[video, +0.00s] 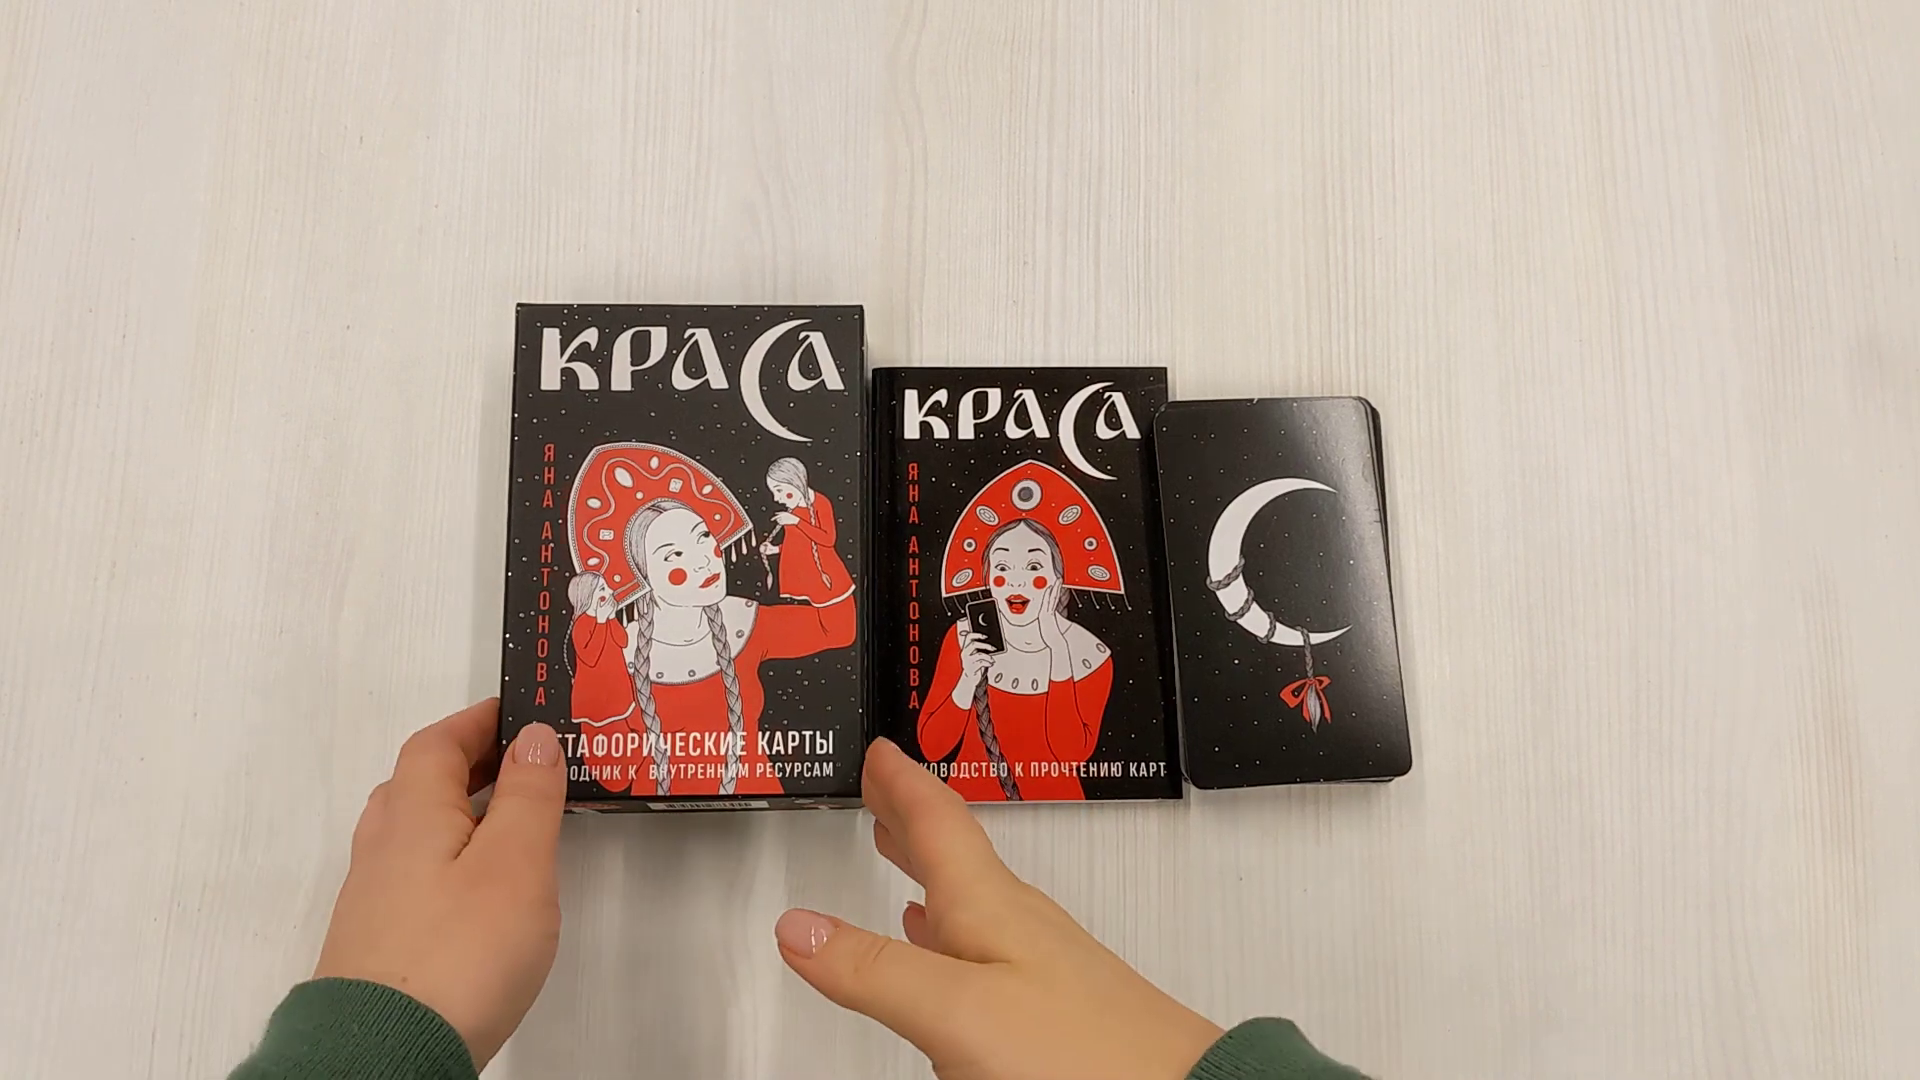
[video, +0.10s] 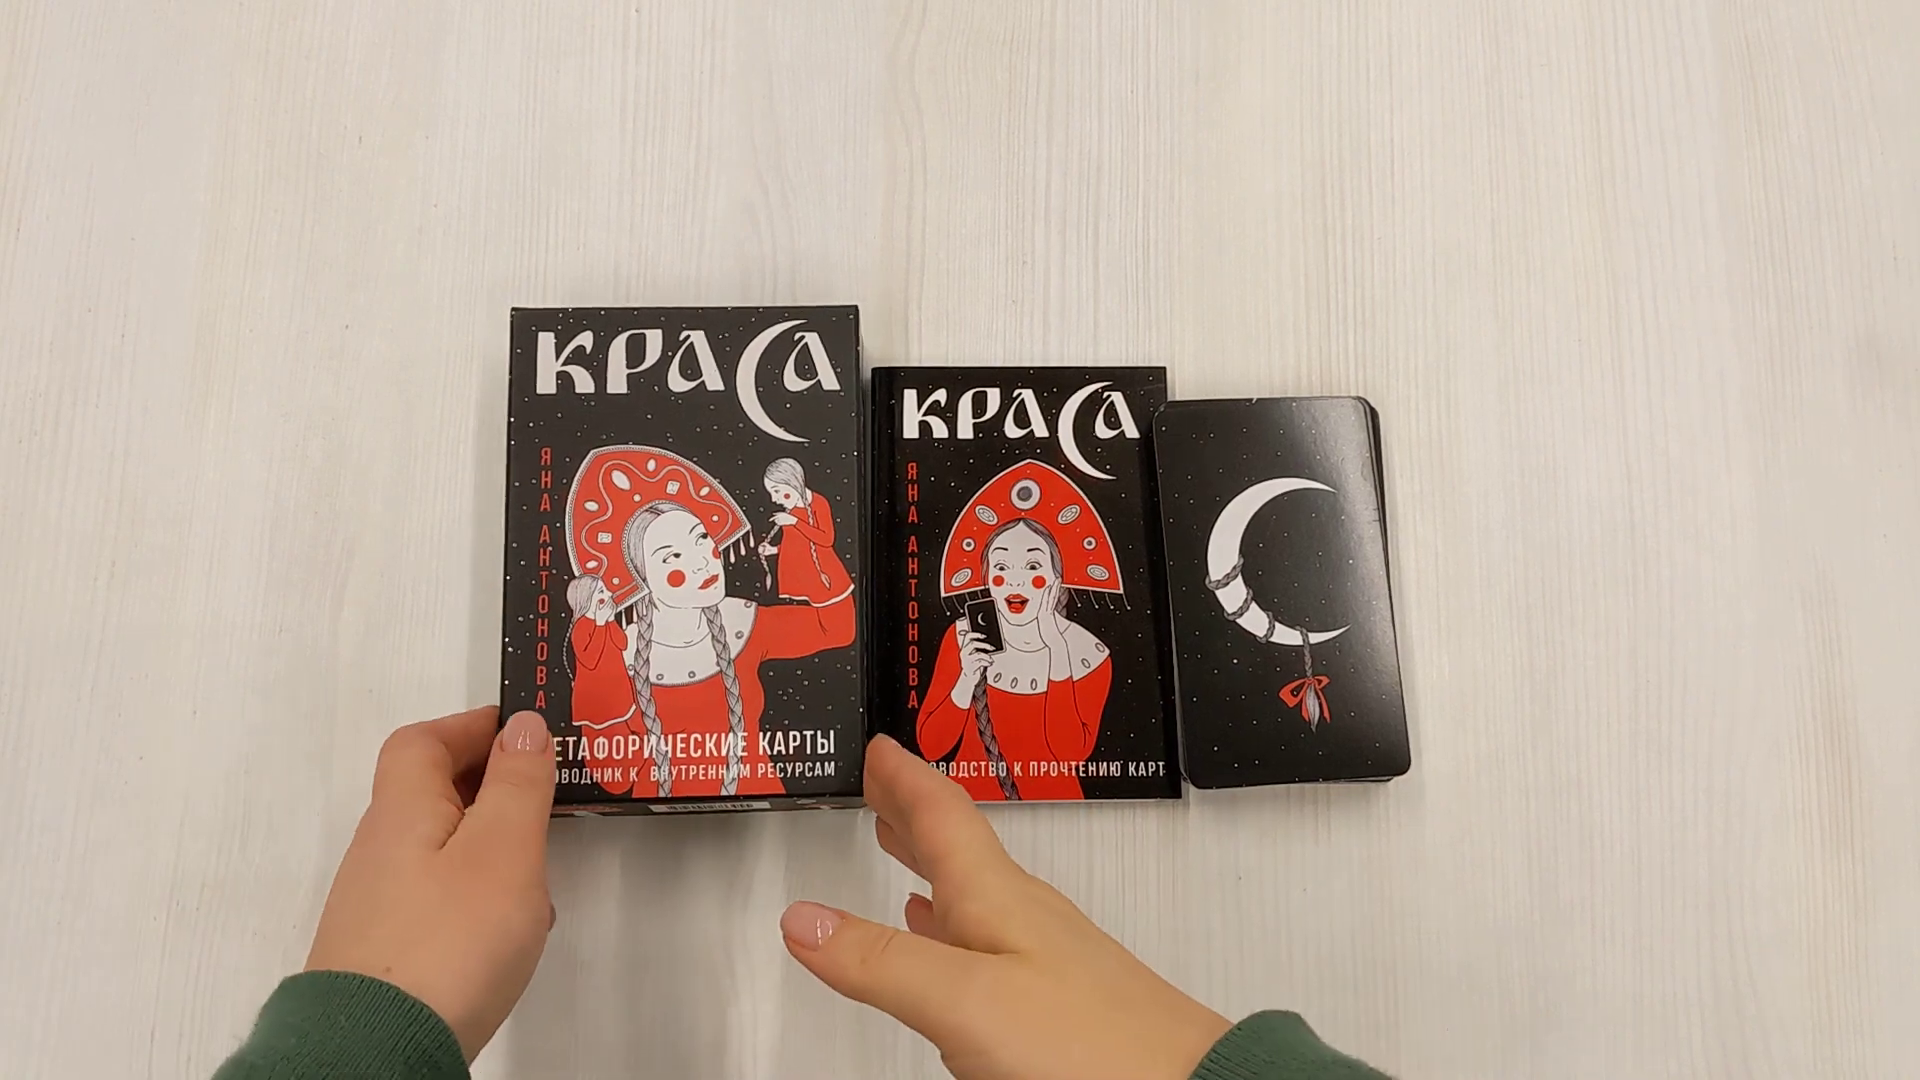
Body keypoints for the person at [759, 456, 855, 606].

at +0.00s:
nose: (776, 498)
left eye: (779, 490)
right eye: (774, 493)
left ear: (794, 482)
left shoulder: (821, 503)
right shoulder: (793, 508)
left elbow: (829, 539)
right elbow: (798, 543)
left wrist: (797, 521)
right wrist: (776, 549)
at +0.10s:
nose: (774, 499)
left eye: (776, 491)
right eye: (771, 493)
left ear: (792, 483)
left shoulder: (819, 503)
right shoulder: (791, 508)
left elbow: (827, 539)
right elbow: (796, 544)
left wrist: (795, 522)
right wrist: (774, 550)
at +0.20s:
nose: (773, 493)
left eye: (775, 484)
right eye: (770, 487)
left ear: (791, 476)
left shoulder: (818, 497)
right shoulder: (790, 502)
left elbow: (826, 532)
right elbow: (795, 537)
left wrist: (794, 515)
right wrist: (773, 543)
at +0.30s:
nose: (770, 469)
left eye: (772, 461)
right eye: (767, 464)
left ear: (788, 453)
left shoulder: (815, 472)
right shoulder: (786, 479)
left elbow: (824, 507)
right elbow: (793, 513)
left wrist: (792, 490)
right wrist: (771, 519)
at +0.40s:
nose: (764, 444)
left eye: (766, 436)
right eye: (761, 439)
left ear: (782, 428)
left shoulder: (810, 446)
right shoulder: (781, 453)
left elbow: (819, 479)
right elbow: (788, 485)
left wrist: (786, 464)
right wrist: (766, 492)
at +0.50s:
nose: (756, 437)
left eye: (759, 430)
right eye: (754, 432)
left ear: (774, 422)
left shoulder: (802, 440)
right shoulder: (775, 447)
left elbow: (811, 472)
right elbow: (778, 479)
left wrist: (778, 457)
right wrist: (756, 484)